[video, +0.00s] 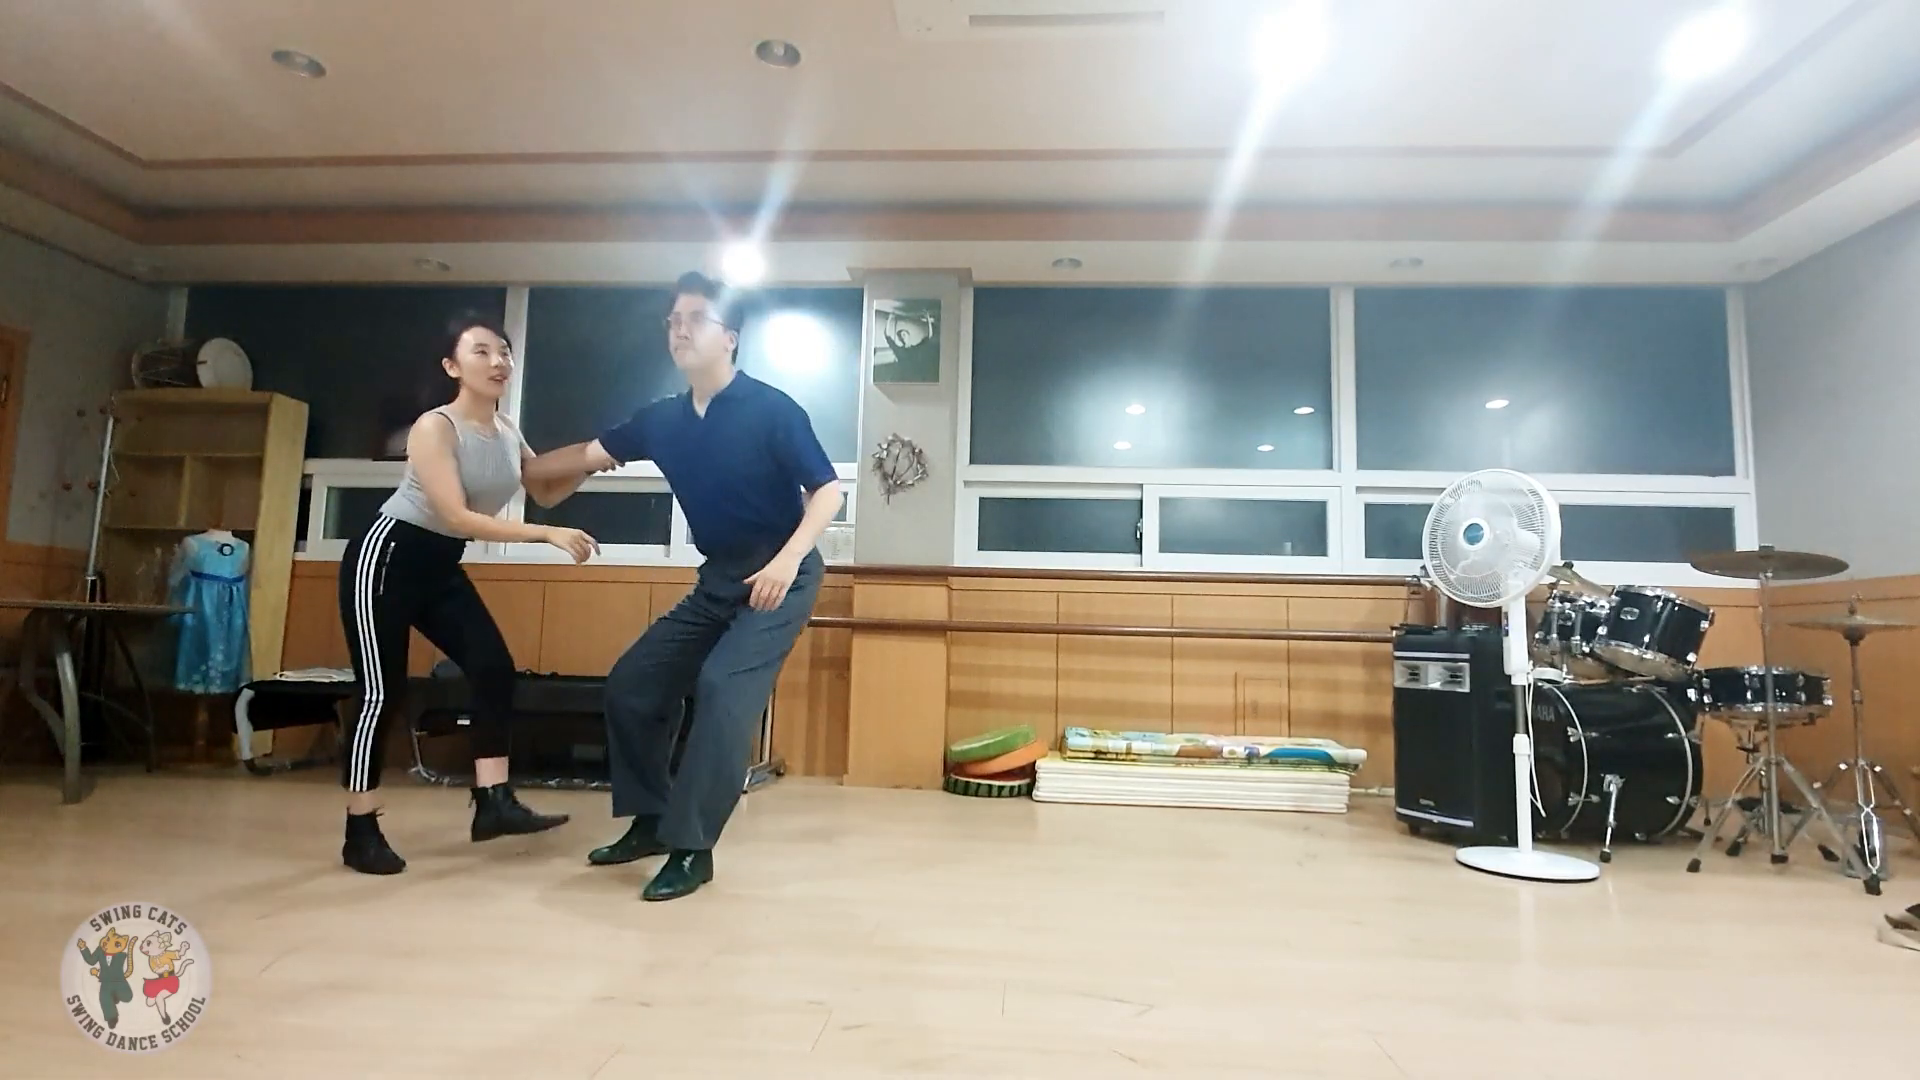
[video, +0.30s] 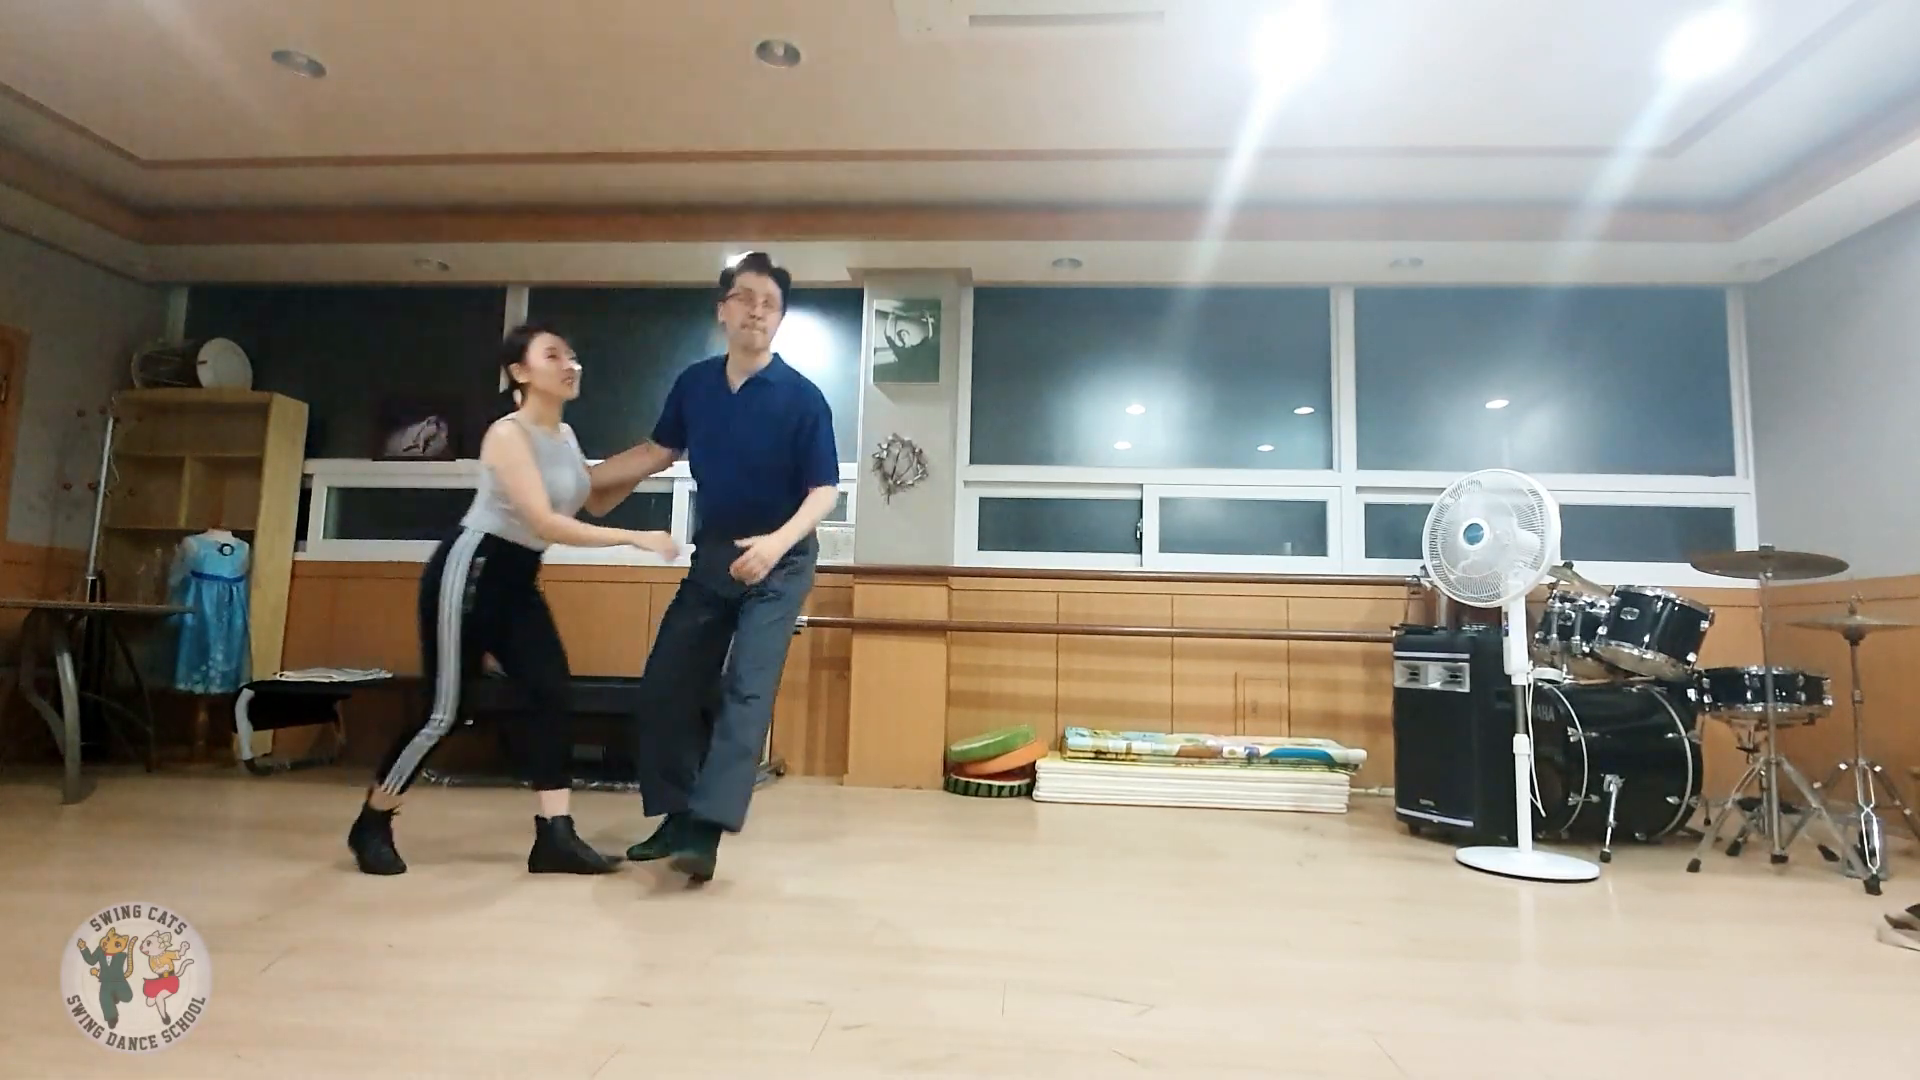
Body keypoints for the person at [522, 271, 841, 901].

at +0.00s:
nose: (678, 331)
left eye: (696, 320)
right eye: (674, 321)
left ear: (731, 336)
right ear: (669, 333)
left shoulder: (771, 409)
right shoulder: (660, 420)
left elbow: (827, 491)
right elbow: (588, 455)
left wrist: (788, 557)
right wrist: (514, 468)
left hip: (782, 575)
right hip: (719, 579)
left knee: (722, 687)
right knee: (631, 685)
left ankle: (693, 846)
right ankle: (652, 819)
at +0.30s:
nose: (754, 312)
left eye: (767, 304)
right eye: (743, 299)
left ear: (781, 319)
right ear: (721, 309)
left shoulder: (802, 399)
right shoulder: (694, 384)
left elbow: (824, 491)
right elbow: (659, 451)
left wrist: (775, 544)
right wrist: (581, 482)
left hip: (780, 556)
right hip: (714, 551)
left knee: (745, 685)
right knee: (668, 679)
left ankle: (706, 830)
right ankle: (677, 815)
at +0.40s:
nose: (779, 306)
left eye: (790, 298)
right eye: (766, 294)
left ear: (798, 310)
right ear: (739, 303)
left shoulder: (813, 390)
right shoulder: (706, 370)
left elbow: (825, 483)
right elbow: (682, 438)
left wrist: (774, 526)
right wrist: (629, 468)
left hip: (783, 549)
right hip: (713, 545)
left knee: (764, 677)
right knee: (690, 677)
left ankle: (747, 819)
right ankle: (682, 817)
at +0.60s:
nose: (809, 320)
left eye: (818, 312)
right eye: (796, 308)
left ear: (824, 325)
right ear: (768, 319)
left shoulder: (840, 403)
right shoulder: (732, 382)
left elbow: (850, 493)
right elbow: (703, 456)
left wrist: (808, 541)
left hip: (805, 559)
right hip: (734, 552)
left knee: (800, 681)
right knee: (690, 663)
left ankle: (823, 807)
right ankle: (688, 813)